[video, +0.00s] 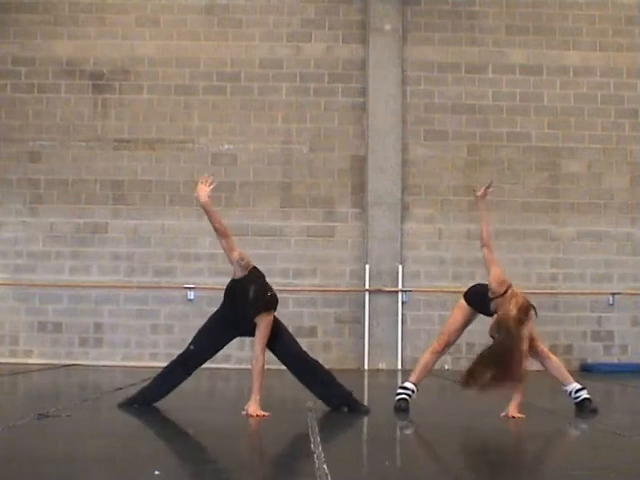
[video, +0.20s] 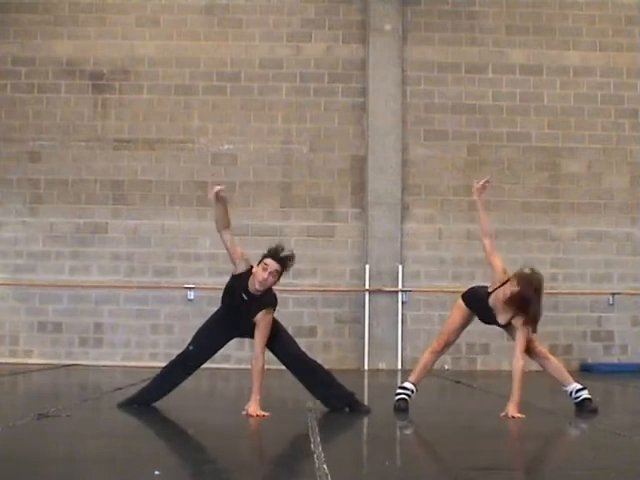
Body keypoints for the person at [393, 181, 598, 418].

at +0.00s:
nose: (504, 321)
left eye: (509, 323)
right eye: (504, 317)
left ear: (521, 322)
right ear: (505, 305)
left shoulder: (523, 325)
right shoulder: (498, 286)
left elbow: (519, 368)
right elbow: (486, 244)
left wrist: (515, 403)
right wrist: (482, 204)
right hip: (477, 299)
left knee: (542, 351)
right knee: (442, 344)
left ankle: (576, 391)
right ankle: (408, 388)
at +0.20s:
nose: (509, 291)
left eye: (515, 291)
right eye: (511, 286)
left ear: (522, 299)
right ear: (509, 282)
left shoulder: (520, 320)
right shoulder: (500, 276)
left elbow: (518, 362)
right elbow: (487, 238)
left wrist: (513, 404)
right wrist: (478, 200)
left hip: (500, 322)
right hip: (474, 303)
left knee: (537, 351)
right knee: (441, 345)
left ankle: (577, 391)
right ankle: (407, 389)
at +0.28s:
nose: (517, 282)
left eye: (523, 280)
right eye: (514, 275)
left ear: (529, 285)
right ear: (507, 273)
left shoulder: (522, 312)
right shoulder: (498, 273)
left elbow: (520, 358)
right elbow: (487, 234)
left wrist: (514, 402)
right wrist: (459, 206)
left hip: (503, 320)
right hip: (477, 303)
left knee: (537, 352)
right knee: (441, 344)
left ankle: (577, 392)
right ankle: (407, 389)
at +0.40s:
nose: (517, 281)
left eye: (524, 278)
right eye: (514, 275)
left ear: (530, 283)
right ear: (506, 274)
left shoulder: (523, 312)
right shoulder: (491, 279)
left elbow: (521, 358)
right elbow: (458, 261)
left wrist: (516, 402)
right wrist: (471, 281)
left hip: (503, 321)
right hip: (475, 305)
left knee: (539, 353)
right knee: (441, 345)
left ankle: (577, 392)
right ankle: (406, 390)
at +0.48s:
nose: (517, 286)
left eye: (523, 282)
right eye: (513, 279)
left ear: (530, 288)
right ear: (504, 278)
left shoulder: (526, 315)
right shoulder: (485, 295)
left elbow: (524, 358)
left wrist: (517, 402)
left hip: (512, 324)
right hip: (480, 309)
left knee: (542, 354)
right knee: (442, 343)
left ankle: (578, 392)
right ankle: (407, 389)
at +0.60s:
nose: (512, 296)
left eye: (517, 292)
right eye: (508, 291)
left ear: (523, 296)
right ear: (497, 291)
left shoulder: (525, 318)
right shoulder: (482, 309)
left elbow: (525, 362)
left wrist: (519, 403)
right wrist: (473, 397)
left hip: (509, 320)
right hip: (475, 302)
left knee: (542, 352)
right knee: (440, 346)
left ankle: (578, 392)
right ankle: (407, 389)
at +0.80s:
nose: (507, 322)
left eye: (513, 317)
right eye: (502, 316)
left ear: (520, 313)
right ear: (493, 309)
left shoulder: (523, 315)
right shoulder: (478, 311)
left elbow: (526, 360)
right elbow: (473, 358)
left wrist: (519, 404)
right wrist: (475, 403)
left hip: (510, 301)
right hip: (475, 302)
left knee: (543, 346)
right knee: (446, 343)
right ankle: (429, 389)